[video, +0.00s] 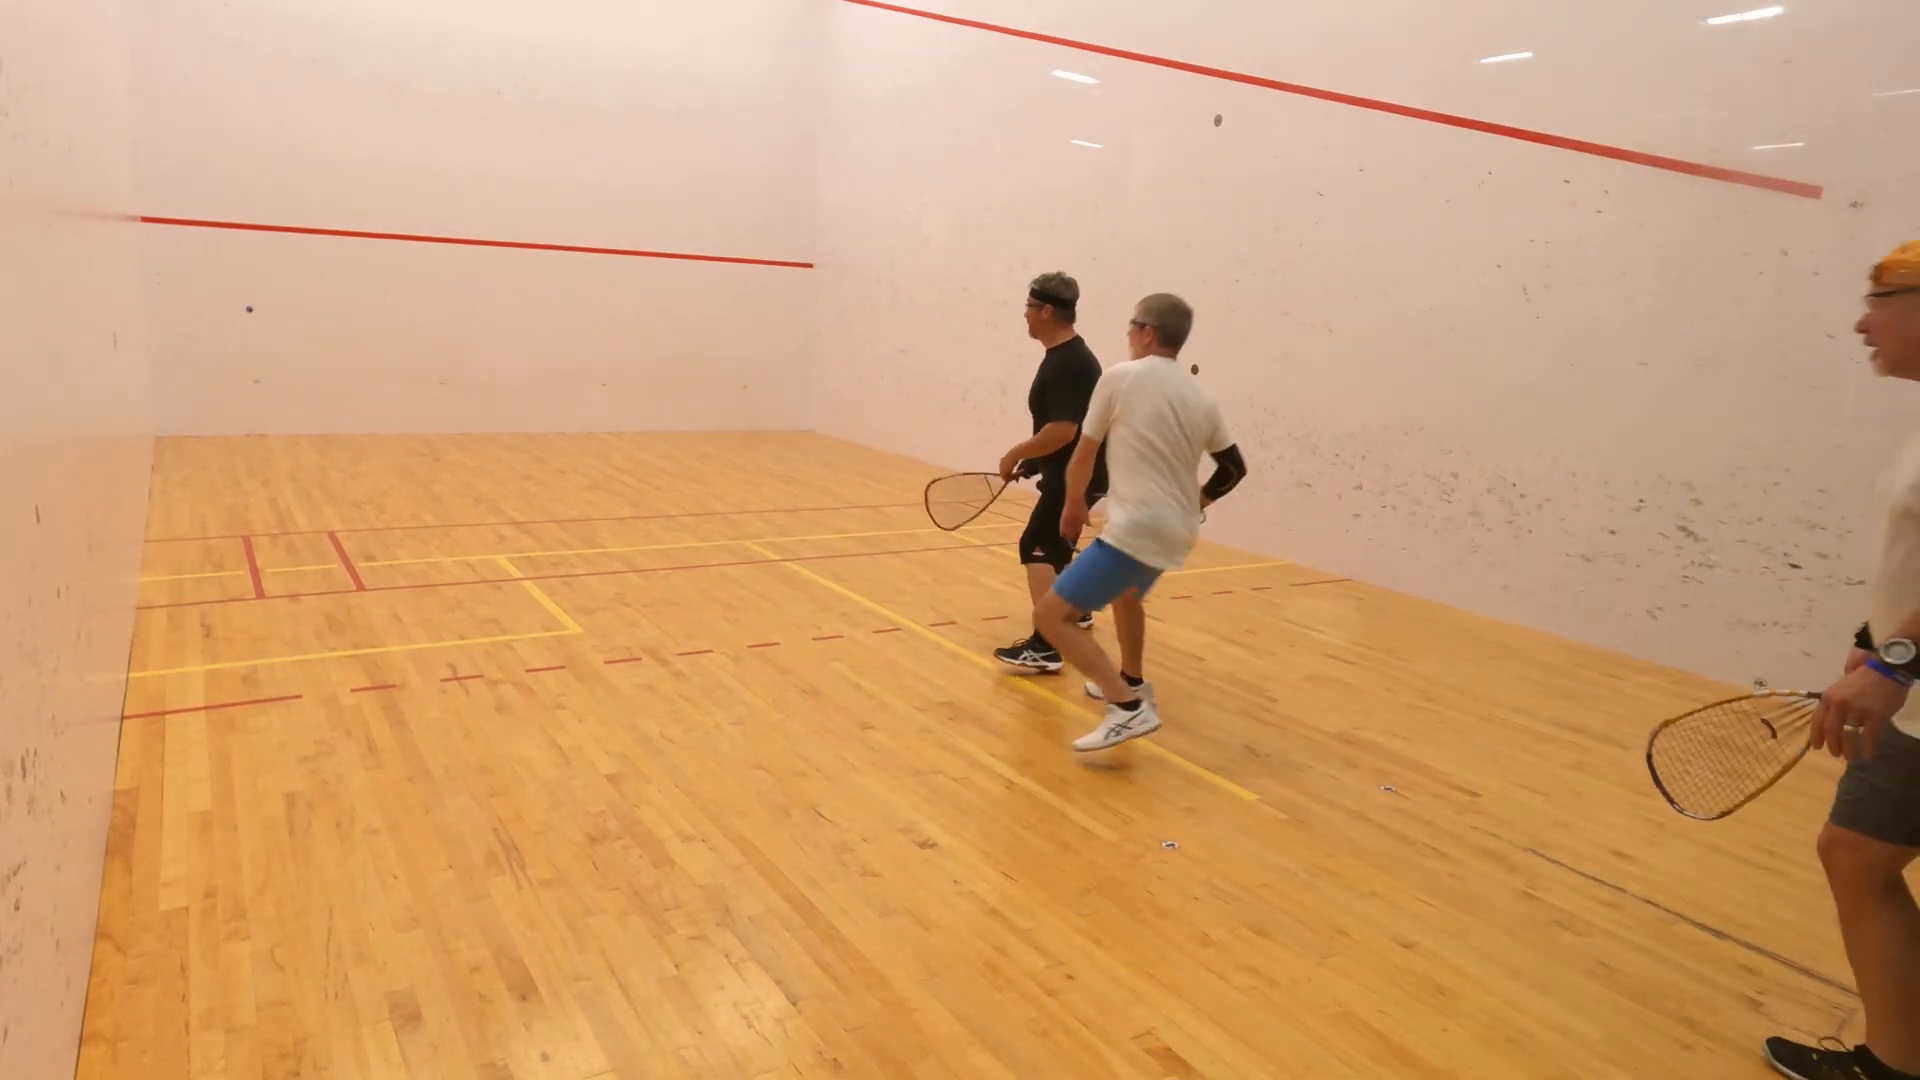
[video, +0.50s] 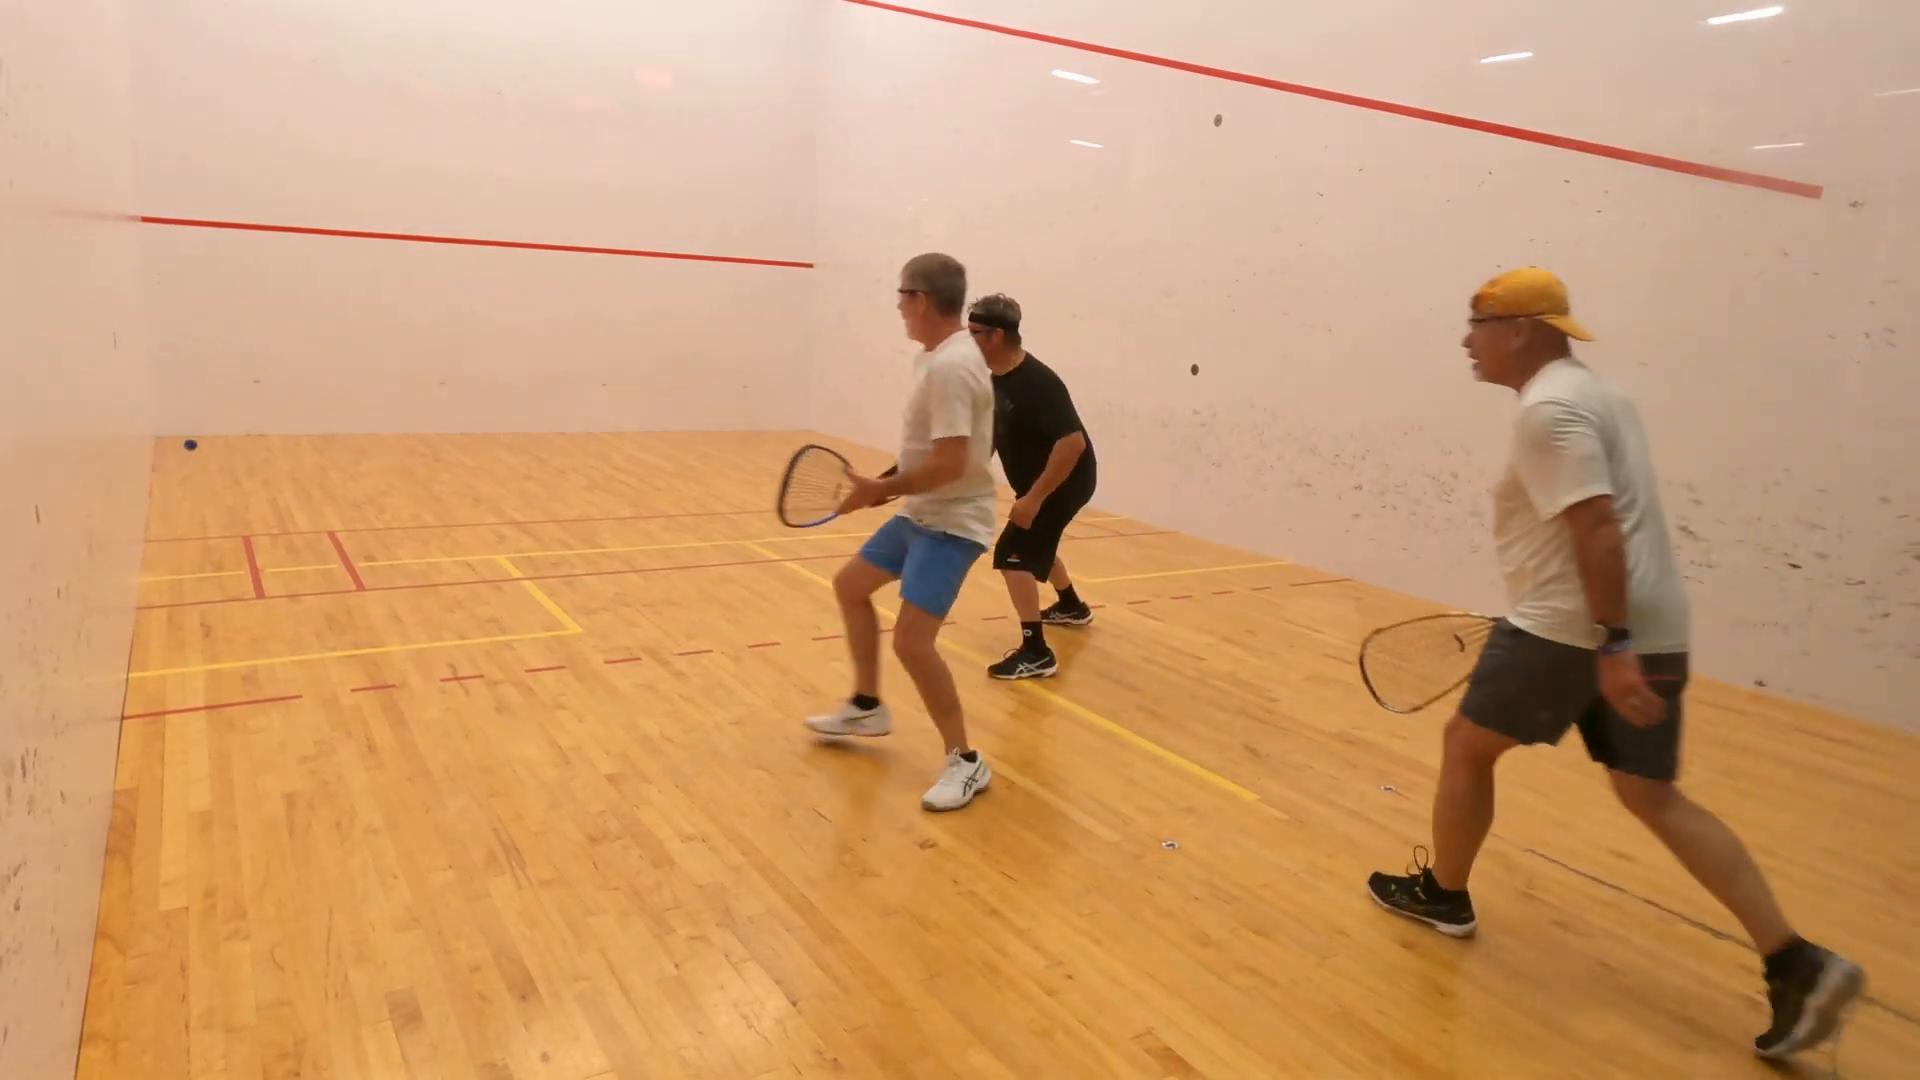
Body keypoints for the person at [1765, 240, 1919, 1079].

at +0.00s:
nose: (1862, 321)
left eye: (1879, 300)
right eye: (1868, 301)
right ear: (1905, 317)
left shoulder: (1914, 438)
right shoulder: (1911, 437)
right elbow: (1906, 579)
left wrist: (1894, 664)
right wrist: (1861, 668)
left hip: (1914, 700)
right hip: (1903, 693)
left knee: (1856, 857)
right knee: (1859, 855)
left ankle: (1895, 1054)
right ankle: (1891, 1051)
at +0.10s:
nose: (1785, 323)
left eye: (1801, 304)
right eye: (1788, 304)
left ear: (1861, 308)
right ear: (1858, 311)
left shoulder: (1904, 404)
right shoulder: (1874, 400)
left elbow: (1913, 549)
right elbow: (1884, 553)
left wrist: (1868, 672)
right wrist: (1845, 671)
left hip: (1893, 692)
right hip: (1873, 687)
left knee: (1846, 869)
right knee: (1848, 866)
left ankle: (1897, 1052)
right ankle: (1888, 1049)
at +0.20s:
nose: (1707, 322)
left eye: (1721, 303)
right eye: (1709, 304)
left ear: (1780, 306)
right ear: (1785, 309)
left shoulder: (1828, 389)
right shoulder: (1837, 380)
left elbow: (1874, 530)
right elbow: (1855, 535)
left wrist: (1862, 669)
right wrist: (1773, 663)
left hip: (1809, 668)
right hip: (1870, 671)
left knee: (1691, 805)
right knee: (1851, 848)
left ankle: (1779, 1008)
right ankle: (1896, 1055)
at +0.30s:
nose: (1629, 338)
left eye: (1641, 321)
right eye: (1630, 321)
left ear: (1693, 320)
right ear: (1703, 323)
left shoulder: (1730, 401)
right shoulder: (1763, 389)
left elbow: (1795, 533)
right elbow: (1775, 544)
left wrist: (1823, 664)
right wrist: (1682, 651)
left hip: (1733, 655)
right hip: (1807, 663)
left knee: (1600, 773)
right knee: (1840, 857)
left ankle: (1559, 942)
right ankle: (1889, 1051)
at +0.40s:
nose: (1544, 346)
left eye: (1557, 331)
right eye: (1546, 331)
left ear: (1607, 334)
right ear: (1615, 336)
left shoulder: (1636, 410)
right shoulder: (1678, 398)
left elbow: (1703, 531)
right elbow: (1679, 541)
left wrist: (1737, 650)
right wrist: (1609, 623)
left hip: (1648, 652)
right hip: (1729, 663)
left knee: (1537, 775)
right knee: (1785, 839)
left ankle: (1456, 896)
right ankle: (1874, 1034)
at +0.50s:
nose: (1467, 340)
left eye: (1479, 326)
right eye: (1471, 326)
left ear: (1527, 333)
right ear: (1534, 335)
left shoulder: (1550, 406)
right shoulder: (1600, 395)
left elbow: (1597, 527)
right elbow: (1605, 526)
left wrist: (1613, 641)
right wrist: (1531, 617)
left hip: (1560, 632)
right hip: (1647, 636)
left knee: (1468, 745)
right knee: (1652, 795)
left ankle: (1443, 891)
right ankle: (1792, 962)